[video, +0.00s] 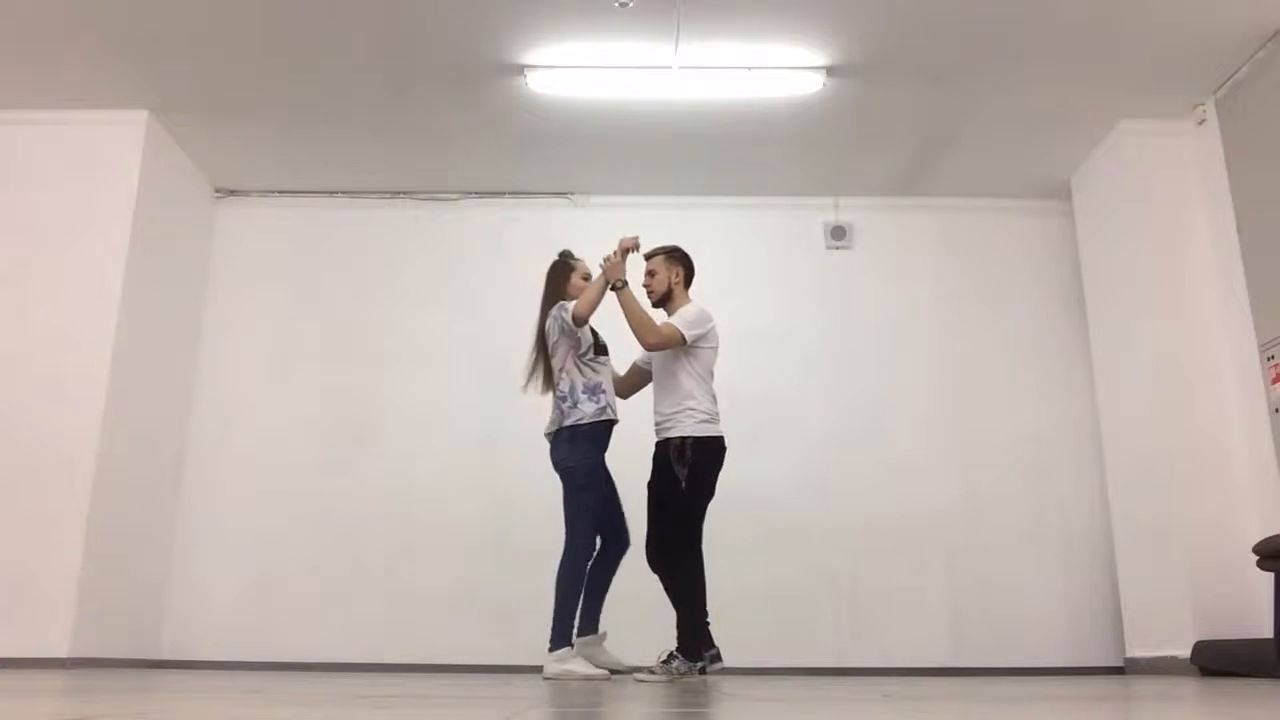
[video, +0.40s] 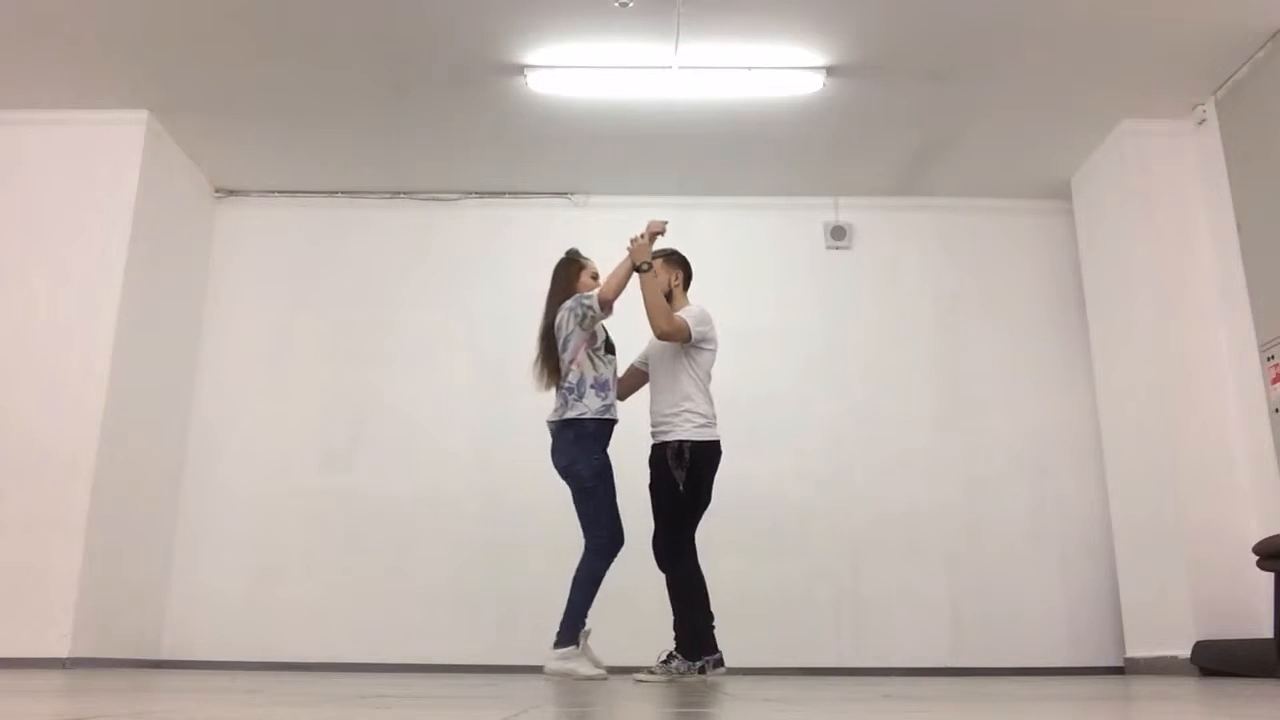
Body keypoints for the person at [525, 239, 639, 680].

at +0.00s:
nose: (592, 282)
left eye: (591, 277)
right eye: (583, 276)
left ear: (582, 284)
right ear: (562, 283)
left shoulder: (586, 333)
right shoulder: (559, 317)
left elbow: (621, 387)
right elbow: (582, 311)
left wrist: (661, 356)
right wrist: (612, 267)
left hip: (589, 440)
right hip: (576, 440)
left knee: (616, 540)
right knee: (579, 544)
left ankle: (587, 640)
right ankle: (559, 652)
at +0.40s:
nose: (600, 283)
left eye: (600, 276)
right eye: (591, 276)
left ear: (586, 282)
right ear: (569, 281)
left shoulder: (583, 320)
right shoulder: (572, 313)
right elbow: (607, 293)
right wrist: (640, 250)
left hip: (586, 435)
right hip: (578, 436)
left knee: (609, 538)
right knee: (603, 540)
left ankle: (573, 638)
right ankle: (565, 648)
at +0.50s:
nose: (602, 284)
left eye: (601, 277)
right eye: (593, 277)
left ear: (585, 282)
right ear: (572, 280)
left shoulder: (583, 318)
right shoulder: (573, 313)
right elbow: (611, 290)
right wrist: (643, 250)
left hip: (585, 437)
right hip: (575, 438)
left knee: (607, 539)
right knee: (598, 542)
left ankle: (571, 641)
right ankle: (564, 649)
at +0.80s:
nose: (605, 275)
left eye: (603, 268)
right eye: (598, 269)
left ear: (579, 278)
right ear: (582, 275)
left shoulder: (582, 314)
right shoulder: (579, 308)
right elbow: (618, 285)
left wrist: (646, 248)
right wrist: (648, 246)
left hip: (574, 438)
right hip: (577, 440)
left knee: (576, 540)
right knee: (585, 543)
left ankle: (534, 636)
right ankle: (561, 650)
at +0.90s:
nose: (605, 280)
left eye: (603, 275)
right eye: (598, 274)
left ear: (577, 279)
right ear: (582, 278)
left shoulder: (582, 319)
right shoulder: (579, 309)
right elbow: (616, 286)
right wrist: (644, 244)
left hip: (571, 442)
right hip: (581, 442)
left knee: (569, 545)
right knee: (594, 549)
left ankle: (515, 635)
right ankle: (563, 651)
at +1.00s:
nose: (602, 281)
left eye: (601, 276)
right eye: (595, 275)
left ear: (580, 280)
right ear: (578, 279)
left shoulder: (581, 320)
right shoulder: (576, 311)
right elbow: (612, 287)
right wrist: (641, 242)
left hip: (568, 444)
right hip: (581, 445)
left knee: (573, 548)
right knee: (599, 550)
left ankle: (513, 632)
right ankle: (563, 652)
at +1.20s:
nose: (600, 285)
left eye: (600, 280)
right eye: (592, 278)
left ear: (578, 286)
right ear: (575, 283)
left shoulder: (592, 338)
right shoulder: (565, 320)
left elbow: (625, 390)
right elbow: (596, 309)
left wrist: (664, 360)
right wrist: (614, 266)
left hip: (579, 446)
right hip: (571, 445)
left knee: (592, 546)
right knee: (596, 546)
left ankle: (535, 623)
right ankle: (563, 652)